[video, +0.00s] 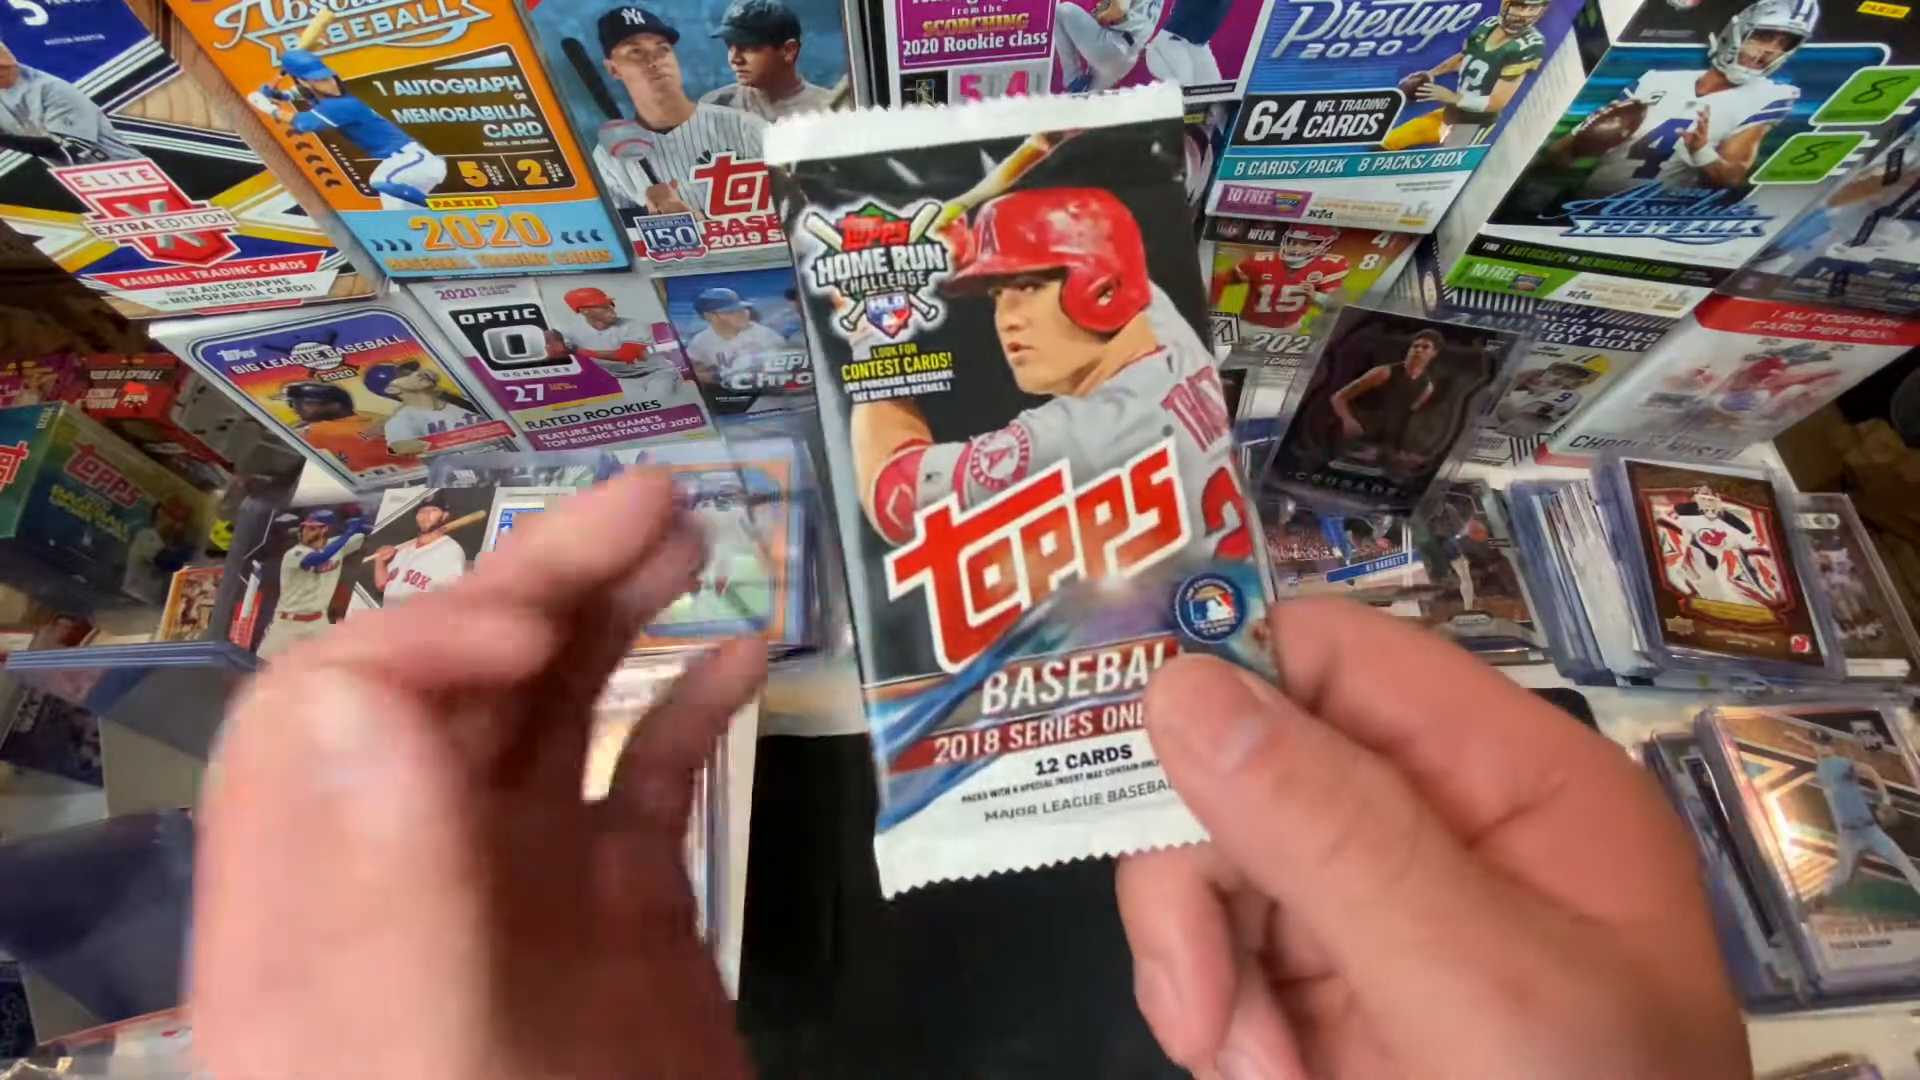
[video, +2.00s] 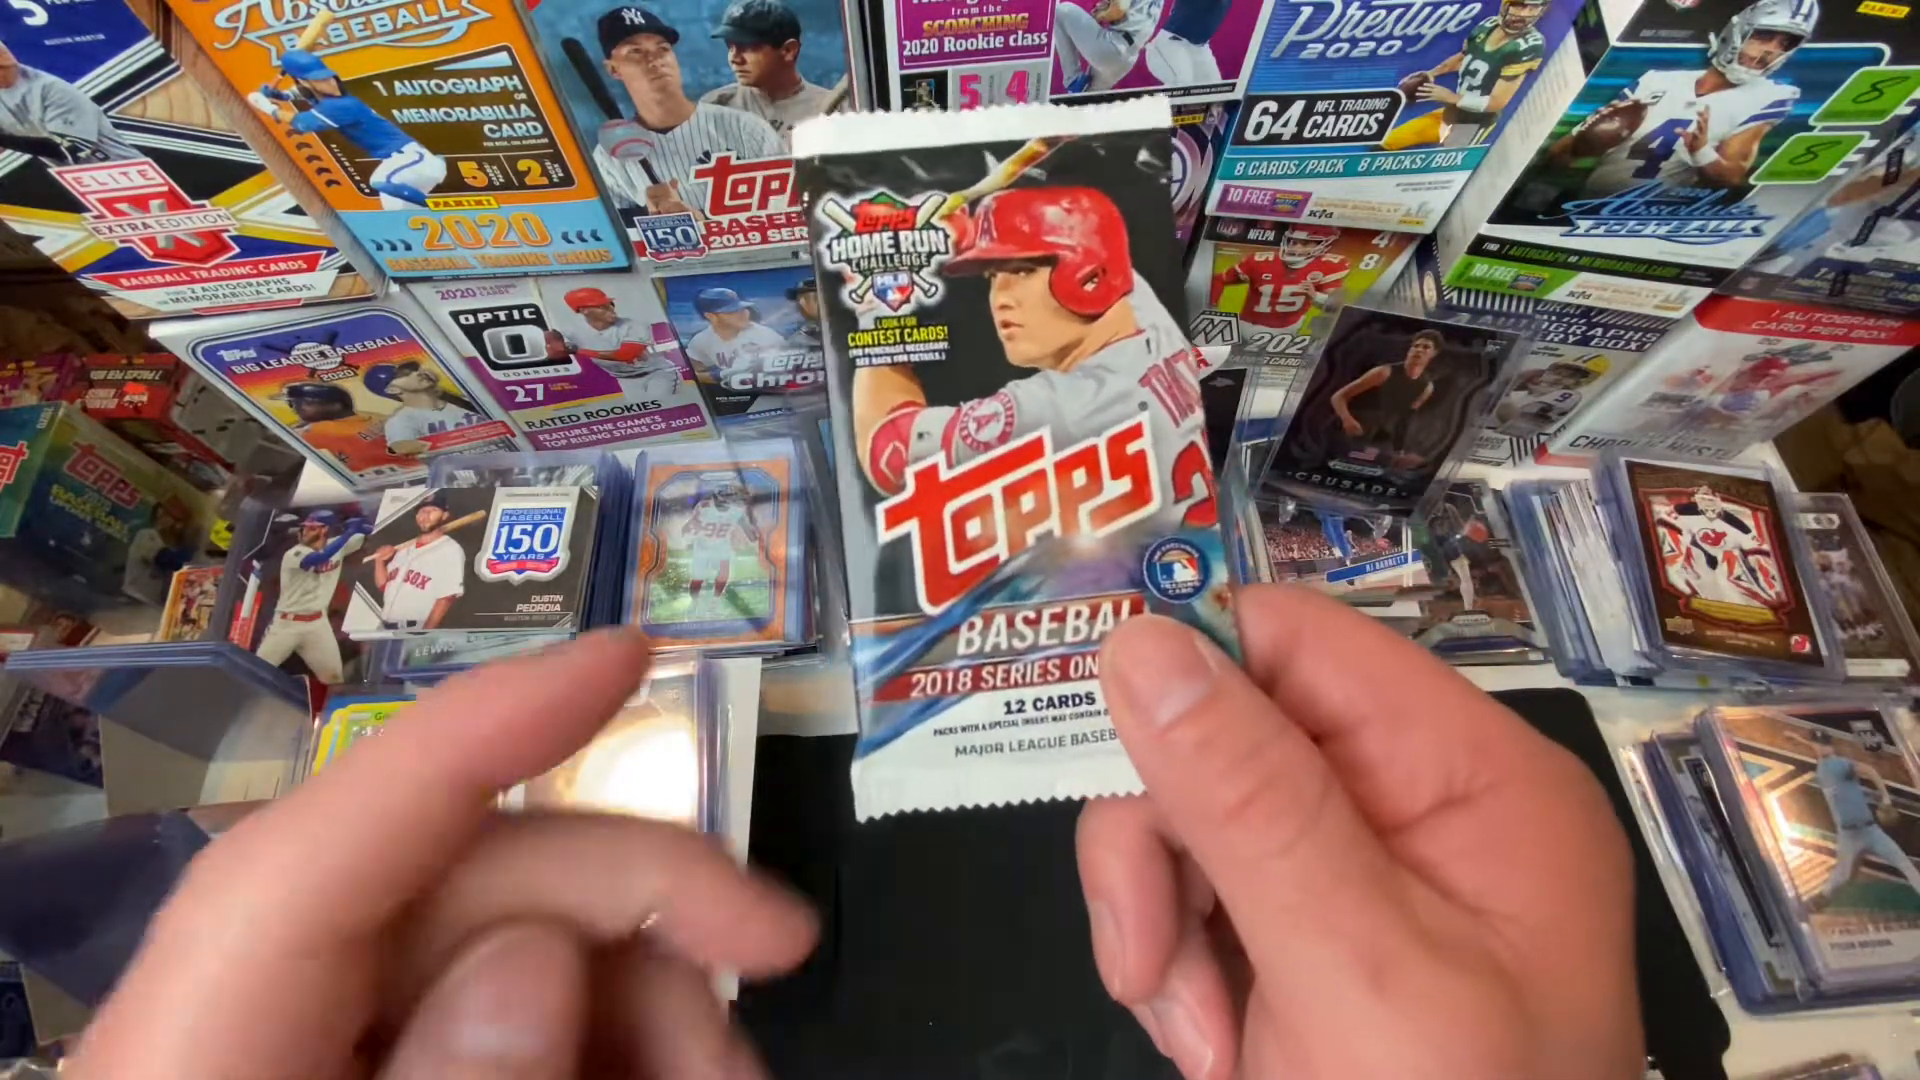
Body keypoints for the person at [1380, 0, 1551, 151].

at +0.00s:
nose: (1520, 13)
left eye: (1530, 7)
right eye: (1515, 5)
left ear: (1542, 11)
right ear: (1503, 4)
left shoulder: (1528, 47)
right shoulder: (1487, 26)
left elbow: (1496, 103)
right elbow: (1463, 58)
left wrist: (1451, 97)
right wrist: (1431, 73)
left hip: (1478, 122)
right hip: (1452, 110)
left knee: (1442, 172)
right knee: (1389, 141)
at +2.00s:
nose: (1520, 13)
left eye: (1530, 7)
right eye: (1515, 5)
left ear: (1541, 11)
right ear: (1504, 5)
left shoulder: (1528, 47)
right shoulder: (1487, 26)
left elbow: (1496, 103)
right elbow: (1463, 57)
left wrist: (1450, 97)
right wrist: (1431, 73)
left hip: (1478, 123)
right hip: (1452, 111)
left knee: (1442, 172)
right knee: (1388, 141)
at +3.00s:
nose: (1518, 13)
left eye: (1529, 7)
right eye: (1514, 4)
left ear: (1541, 10)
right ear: (1503, 3)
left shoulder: (1527, 47)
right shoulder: (1487, 26)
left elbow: (1496, 104)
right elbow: (1463, 58)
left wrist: (1450, 97)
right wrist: (1431, 73)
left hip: (1477, 124)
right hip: (1452, 111)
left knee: (1442, 175)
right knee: (1389, 141)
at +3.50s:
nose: (1517, 13)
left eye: (1528, 7)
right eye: (1514, 5)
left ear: (1541, 10)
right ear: (1503, 4)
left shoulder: (1527, 47)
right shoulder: (1487, 26)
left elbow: (1496, 103)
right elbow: (1462, 58)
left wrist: (1450, 97)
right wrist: (1431, 73)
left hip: (1475, 125)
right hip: (1451, 112)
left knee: (1441, 176)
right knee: (1388, 141)